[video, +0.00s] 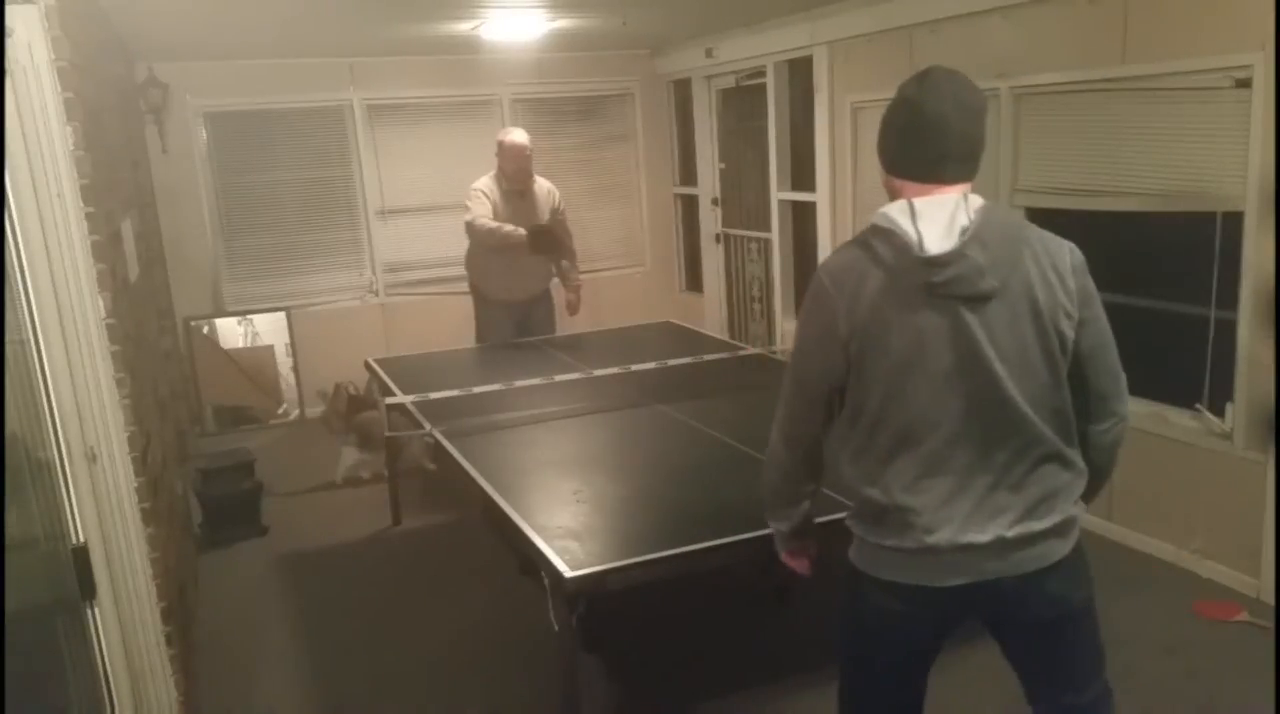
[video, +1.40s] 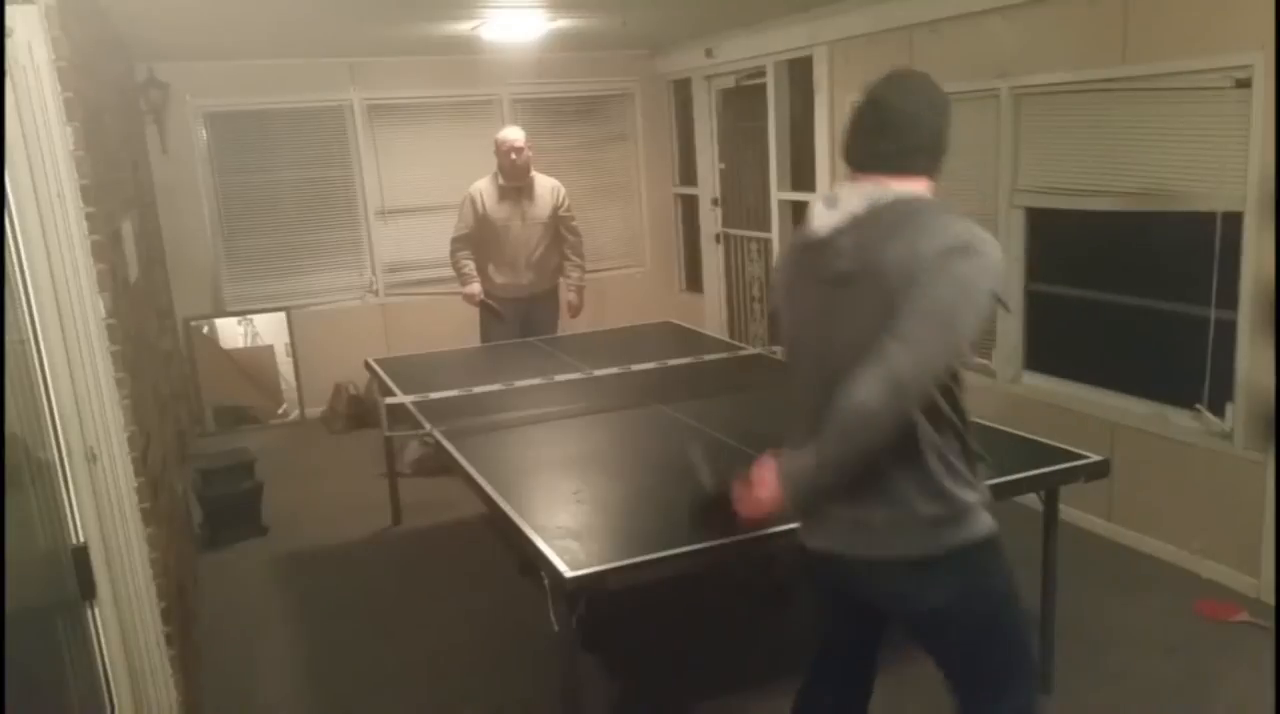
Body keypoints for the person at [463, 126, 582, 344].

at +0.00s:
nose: (521, 165)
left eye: (526, 157)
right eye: (513, 159)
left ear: (532, 155)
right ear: (499, 157)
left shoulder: (547, 191)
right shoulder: (482, 191)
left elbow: (563, 244)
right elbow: (479, 228)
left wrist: (572, 287)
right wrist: (528, 238)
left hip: (537, 297)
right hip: (494, 300)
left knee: (544, 368)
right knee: (499, 370)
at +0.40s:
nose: (522, 162)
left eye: (526, 155)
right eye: (514, 156)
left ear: (533, 154)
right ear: (500, 155)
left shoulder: (549, 192)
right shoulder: (482, 192)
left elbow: (563, 244)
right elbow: (463, 233)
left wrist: (571, 287)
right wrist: (493, 250)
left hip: (539, 296)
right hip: (495, 298)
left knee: (542, 366)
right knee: (500, 367)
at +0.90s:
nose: (518, 159)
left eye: (523, 152)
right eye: (511, 153)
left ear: (531, 153)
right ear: (498, 155)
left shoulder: (552, 192)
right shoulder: (480, 195)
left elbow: (568, 244)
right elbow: (460, 245)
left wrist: (572, 290)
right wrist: (474, 285)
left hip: (541, 300)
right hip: (497, 303)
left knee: (541, 370)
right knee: (499, 372)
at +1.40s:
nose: (513, 158)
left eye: (518, 150)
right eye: (506, 152)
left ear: (529, 151)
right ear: (496, 155)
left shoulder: (553, 190)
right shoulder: (478, 194)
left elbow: (572, 243)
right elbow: (461, 244)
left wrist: (574, 288)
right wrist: (470, 281)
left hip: (543, 299)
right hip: (498, 301)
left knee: (543, 369)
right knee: (500, 372)